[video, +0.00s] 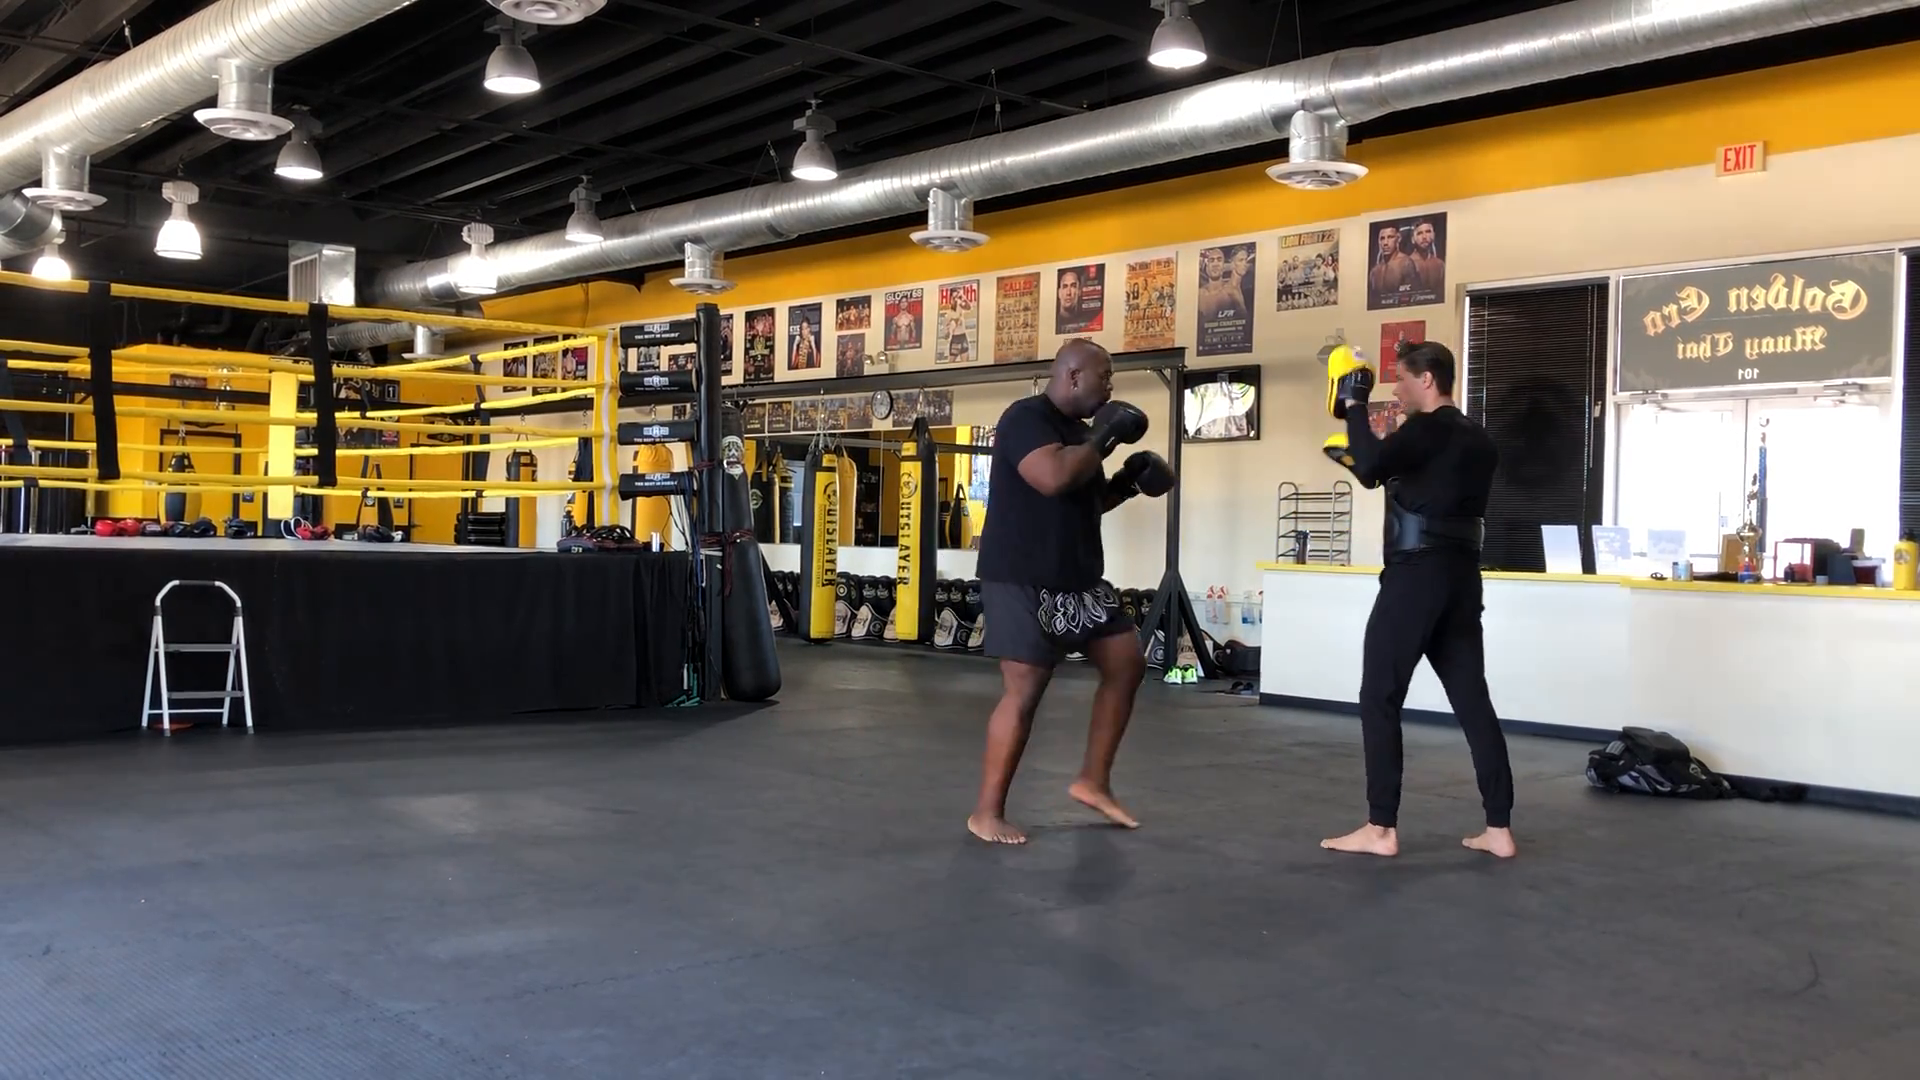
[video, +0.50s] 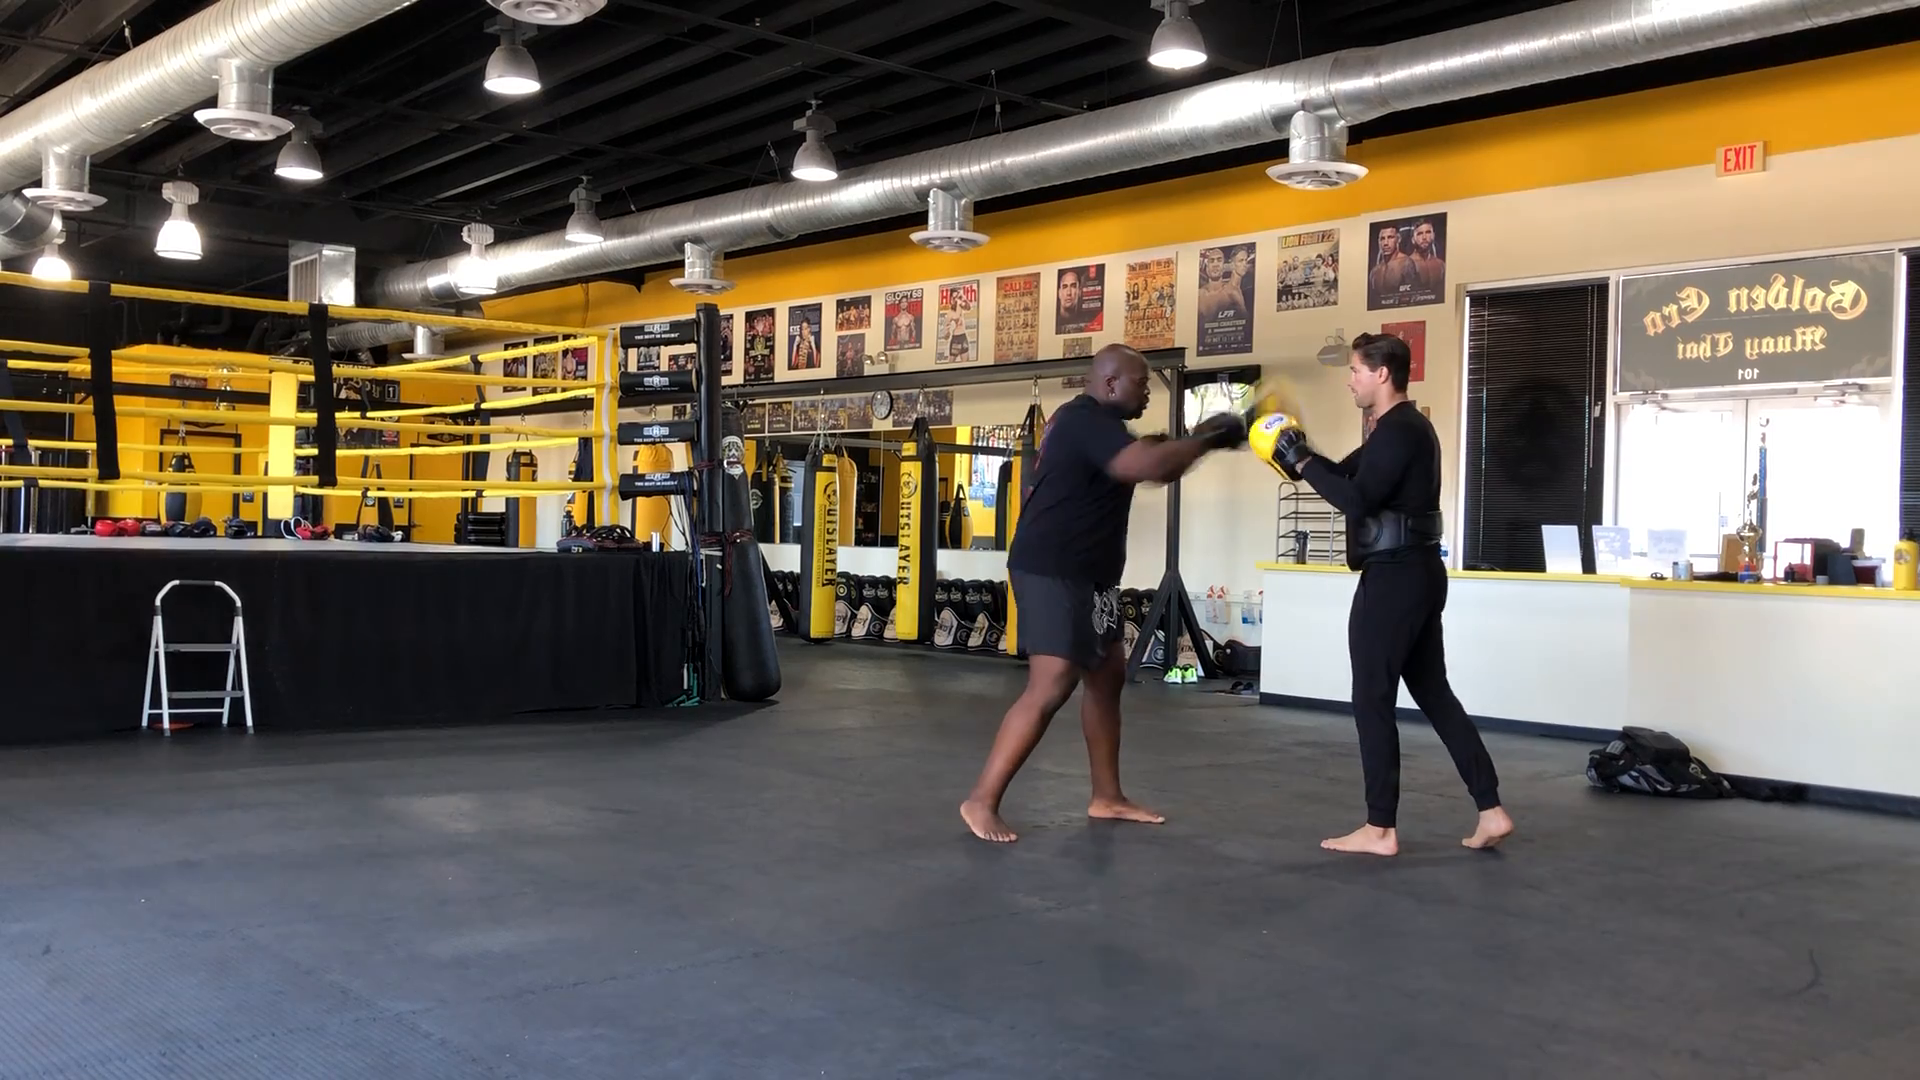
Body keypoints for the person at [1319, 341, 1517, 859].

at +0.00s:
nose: (1396, 390)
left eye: (1400, 379)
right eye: (1395, 380)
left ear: (1428, 379)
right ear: (1439, 380)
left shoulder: (1425, 429)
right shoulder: (1480, 438)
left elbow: (1368, 467)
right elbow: (1431, 489)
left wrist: (1354, 407)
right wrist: (1385, 445)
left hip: (1414, 578)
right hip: (1461, 580)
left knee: (1378, 700)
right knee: (1474, 704)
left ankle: (1380, 828)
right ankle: (1499, 831)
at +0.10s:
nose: (1382, 390)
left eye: (1387, 380)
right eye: (1382, 380)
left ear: (1415, 379)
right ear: (1429, 381)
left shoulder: (1407, 432)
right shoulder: (1471, 435)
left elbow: (1340, 466)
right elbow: (1420, 484)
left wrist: (1340, 400)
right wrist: (1373, 458)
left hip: (1404, 578)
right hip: (1454, 580)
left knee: (1374, 701)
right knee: (1469, 702)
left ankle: (1380, 828)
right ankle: (1498, 827)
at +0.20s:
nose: (1373, 386)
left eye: (1378, 376)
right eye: (1374, 376)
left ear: (1402, 377)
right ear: (1417, 378)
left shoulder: (1392, 432)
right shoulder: (1461, 434)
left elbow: (1325, 473)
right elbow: (1418, 481)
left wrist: (1295, 417)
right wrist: (1375, 436)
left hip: (1396, 577)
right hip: (1447, 577)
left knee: (1373, 701)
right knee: (1459, 698)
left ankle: (1379, 828)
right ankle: (1497, 823)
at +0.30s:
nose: (1364, 383)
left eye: (1368, 374)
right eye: (1365, 373)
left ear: (1393, 376)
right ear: (1408, 377)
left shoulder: (1389, 428)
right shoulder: (1447, 431)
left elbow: (1326, 476)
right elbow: (1391, 482)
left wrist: (1278, 440)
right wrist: (1347, 435)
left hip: (1393, 575)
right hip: (1438, 574)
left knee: (1372, 700)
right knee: (1446, 696)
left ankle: (1379, 829)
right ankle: (1494, 816)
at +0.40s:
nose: (1353, 381)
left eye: (1359, 372)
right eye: (1354, 372)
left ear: (1386, 375)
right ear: (1396, 377)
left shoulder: (1395, 428)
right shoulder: (1426, 428)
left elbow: (1350, 493)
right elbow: (1353, 486)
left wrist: (1297, 463)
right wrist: (1336, 426)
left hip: (1391, 577)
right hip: (1427, 573)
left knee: (1373, 702)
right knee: (1439, 695)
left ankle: (1380, 828)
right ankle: (1492, 811)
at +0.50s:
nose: (1349, 382)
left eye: (1356, 372)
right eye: (1350, 373)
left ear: (1383, 375)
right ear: (1387, 375)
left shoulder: (1395, 430)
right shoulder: (1404, 425)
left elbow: (1357, 501)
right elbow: (1347, 478)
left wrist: (1301, 460)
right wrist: (1298, 457)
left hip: (1390, 579)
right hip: (1419, 576)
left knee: (1371, 702)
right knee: (1435, 695)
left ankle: (1380, 829)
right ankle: (1491, 811)